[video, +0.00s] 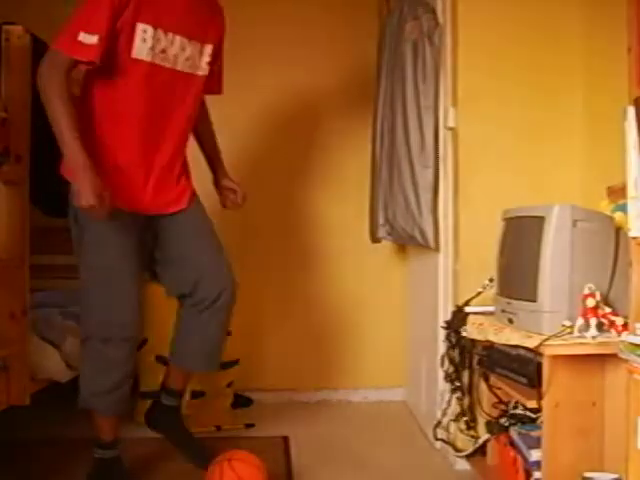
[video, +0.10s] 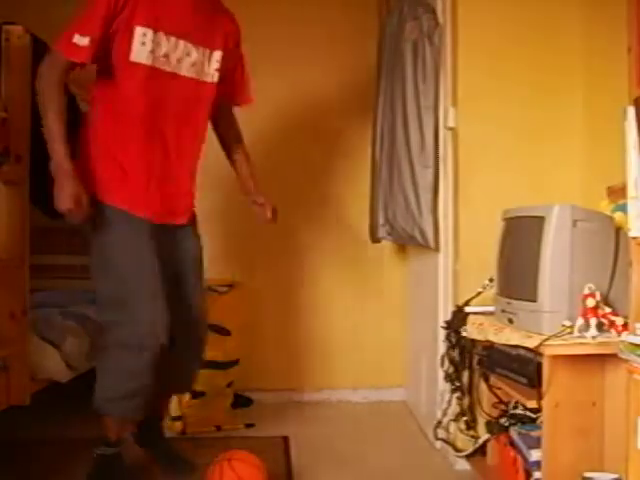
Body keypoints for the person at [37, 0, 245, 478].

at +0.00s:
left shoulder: (211, 15)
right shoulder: (119, 3)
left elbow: (192, 97)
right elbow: (51, 72)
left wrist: (219, 170)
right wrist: (80, 168)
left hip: (168, 186)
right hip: (105, 186)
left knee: (212, 286)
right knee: (114, 323)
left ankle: (168, 404)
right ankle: (106, 453)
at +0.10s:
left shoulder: (222, 24)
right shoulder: (122, 4)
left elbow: (222, 109)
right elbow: (50, 73)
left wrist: (251, 184)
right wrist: (64, 172)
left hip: (175, 197)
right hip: (117, 188)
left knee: (186, 330)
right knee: (141, 324)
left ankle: (152, 432)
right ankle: (115, 447)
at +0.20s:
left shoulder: (234, 30)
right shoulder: (128, 6)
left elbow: (247, 121)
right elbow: (52, 71)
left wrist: (277, 193)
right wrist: (47, 174)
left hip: (180, 195)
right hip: (124, 185)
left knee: (177, 319)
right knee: (173, 316)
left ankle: (148, 435)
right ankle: (125, 443)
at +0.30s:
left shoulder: (247, 14)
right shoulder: (126, 3)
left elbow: (257, 108)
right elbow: (56, 58)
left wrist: (279, 187)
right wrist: (40, 155)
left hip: (187, 182)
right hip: (129, 173)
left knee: (179, 312)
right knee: (175, 308)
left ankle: (155, 425)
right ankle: (165, 467)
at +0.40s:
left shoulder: (251, 7)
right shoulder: (119, 4)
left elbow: (245, 98)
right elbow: (55, 55)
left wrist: (256, 192)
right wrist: (53, 154)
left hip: (203, 180)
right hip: (139, 170)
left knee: (208, 318)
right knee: (178, 324)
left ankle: (163, 399)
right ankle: (171, 469)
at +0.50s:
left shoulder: (248, 8)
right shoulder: (124, 5)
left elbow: (219, 95)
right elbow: (56, 73)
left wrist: (220, 174)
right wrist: (91, 176)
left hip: (212, 180)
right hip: (147, 180)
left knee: (263, 292)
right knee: (183, 330)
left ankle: (182, 363)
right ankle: (174, 471)